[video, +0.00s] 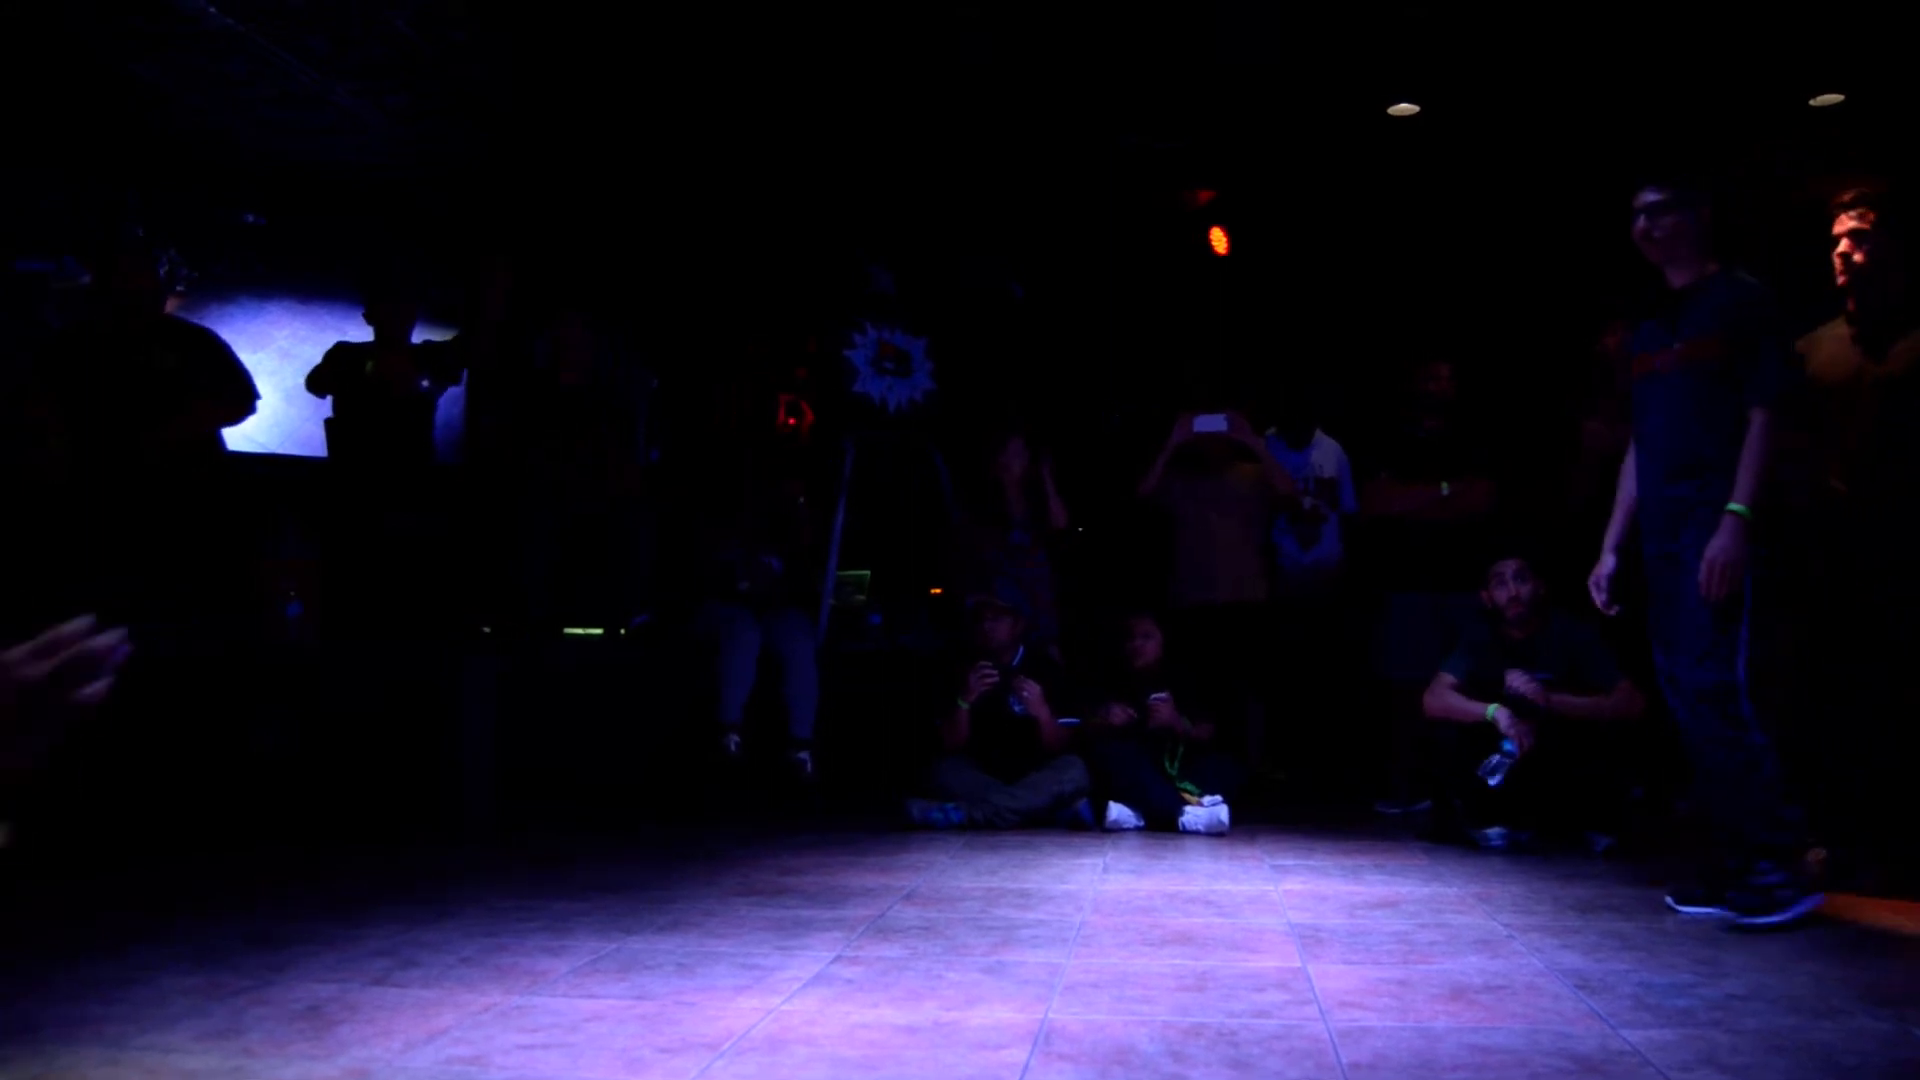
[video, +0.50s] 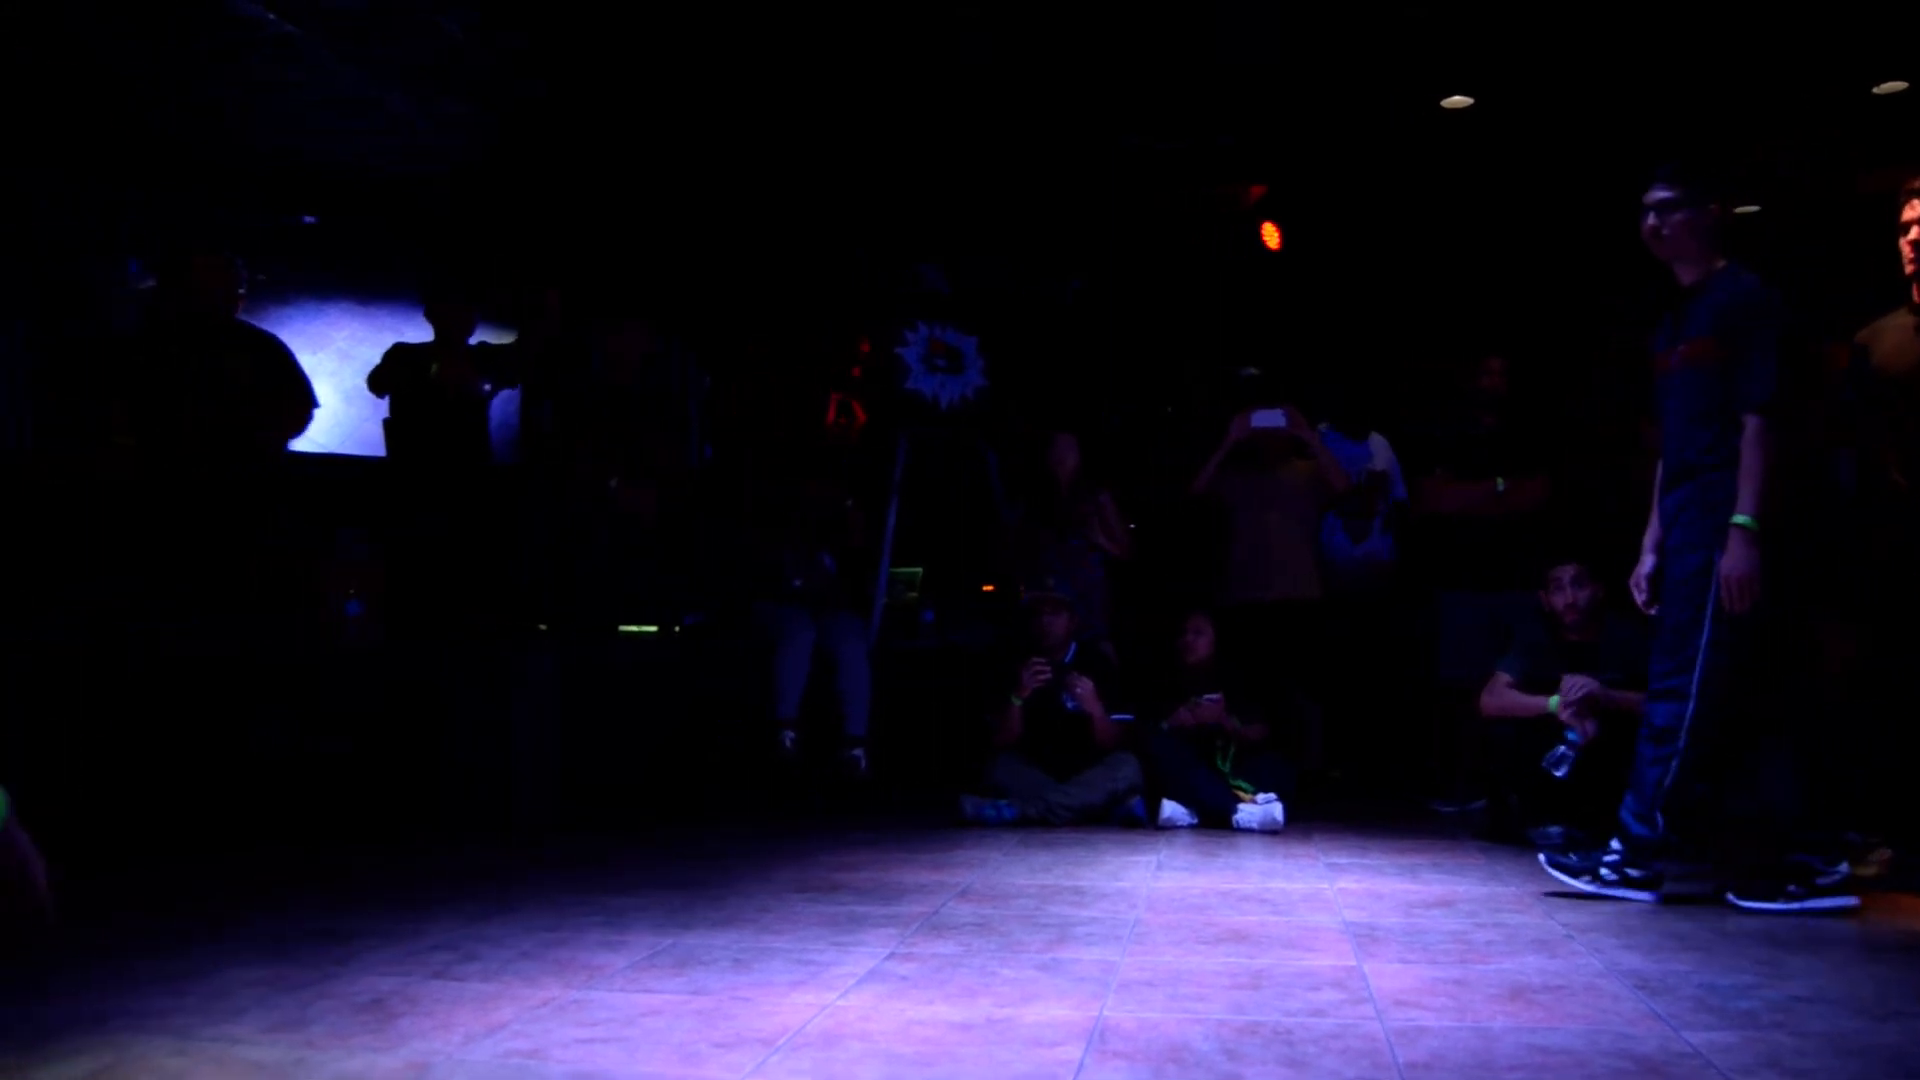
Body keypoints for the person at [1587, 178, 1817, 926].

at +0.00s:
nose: (1647, 226)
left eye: (1661, 211)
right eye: (1639, 215)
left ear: (1697, 216)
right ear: (1636, 229)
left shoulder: (1742, 302)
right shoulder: (1652, 320)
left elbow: (1764, 420)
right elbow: (1643, 442)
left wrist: (1736, 521)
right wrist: (1612, 546)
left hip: (1718, 529)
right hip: (1663, 532)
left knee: (1717, 691)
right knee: (1687, 692)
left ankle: (1774, 873)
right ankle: (1730, 869)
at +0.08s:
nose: (1658, 225)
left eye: (1672, 209)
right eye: (1650, 214)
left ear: (1707, 216)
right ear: (1647, 229)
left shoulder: (1750, 300)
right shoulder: (1665, 319)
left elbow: (1771, 421)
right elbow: (1653, 442)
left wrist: (1749, 524)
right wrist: (1619, 543)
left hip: (1727, 529)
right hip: (1679, 531)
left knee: (1710, 690)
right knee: (1694, 689)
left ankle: (1752, 870)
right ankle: (1733, 863)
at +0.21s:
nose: (1678, 220)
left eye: (1693, 205)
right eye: (1670, 210)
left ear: (1731, 212)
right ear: (1668, 226)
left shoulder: (1769, 295)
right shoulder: (1685, 314)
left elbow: (1793, 415)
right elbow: (1679, 438)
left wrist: (1773, 522)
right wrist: (1642, 538)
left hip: (1748, 522)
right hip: (1700, 521)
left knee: (1713, 680)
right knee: (1707, 679)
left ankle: (1700, 854)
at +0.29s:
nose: (1675, 219)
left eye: (1690, 204)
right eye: (1669, 208)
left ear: (1728, 211)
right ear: (1666, 224)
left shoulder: (1766, 295)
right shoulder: (1687, 313)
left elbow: (1788, 416)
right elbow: (1678, 437)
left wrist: (1770, 524)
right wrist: (1645, 538)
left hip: (1744, 519)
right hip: (1696, 520)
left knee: (1694, 676)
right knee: (1725, 677)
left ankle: (1657, 853)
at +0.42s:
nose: (1661, 222)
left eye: (1676, 208)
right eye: (1655, 211)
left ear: (1712, 215)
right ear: (1652, 228)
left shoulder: (1750, 299)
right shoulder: (1680, 314)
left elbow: (1769, 421)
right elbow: (1670, 444)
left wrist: (1753, 530)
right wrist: (1647, 544)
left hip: (1728, 518)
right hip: (1686, 518)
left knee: (1681, 677)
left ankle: (1637, 844)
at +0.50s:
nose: (1654, 224)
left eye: (1668, 210)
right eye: (1649, 213)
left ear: (1709, 215)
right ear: (1649, 230)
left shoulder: (1746, 301)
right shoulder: (1679, 316)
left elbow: (1756, 426)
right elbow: (1674, 449)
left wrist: (1744, 533)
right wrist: (1651, 547)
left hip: (1725, 522)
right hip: (1690, 522)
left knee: (1681, 683)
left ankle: (1644, 847)